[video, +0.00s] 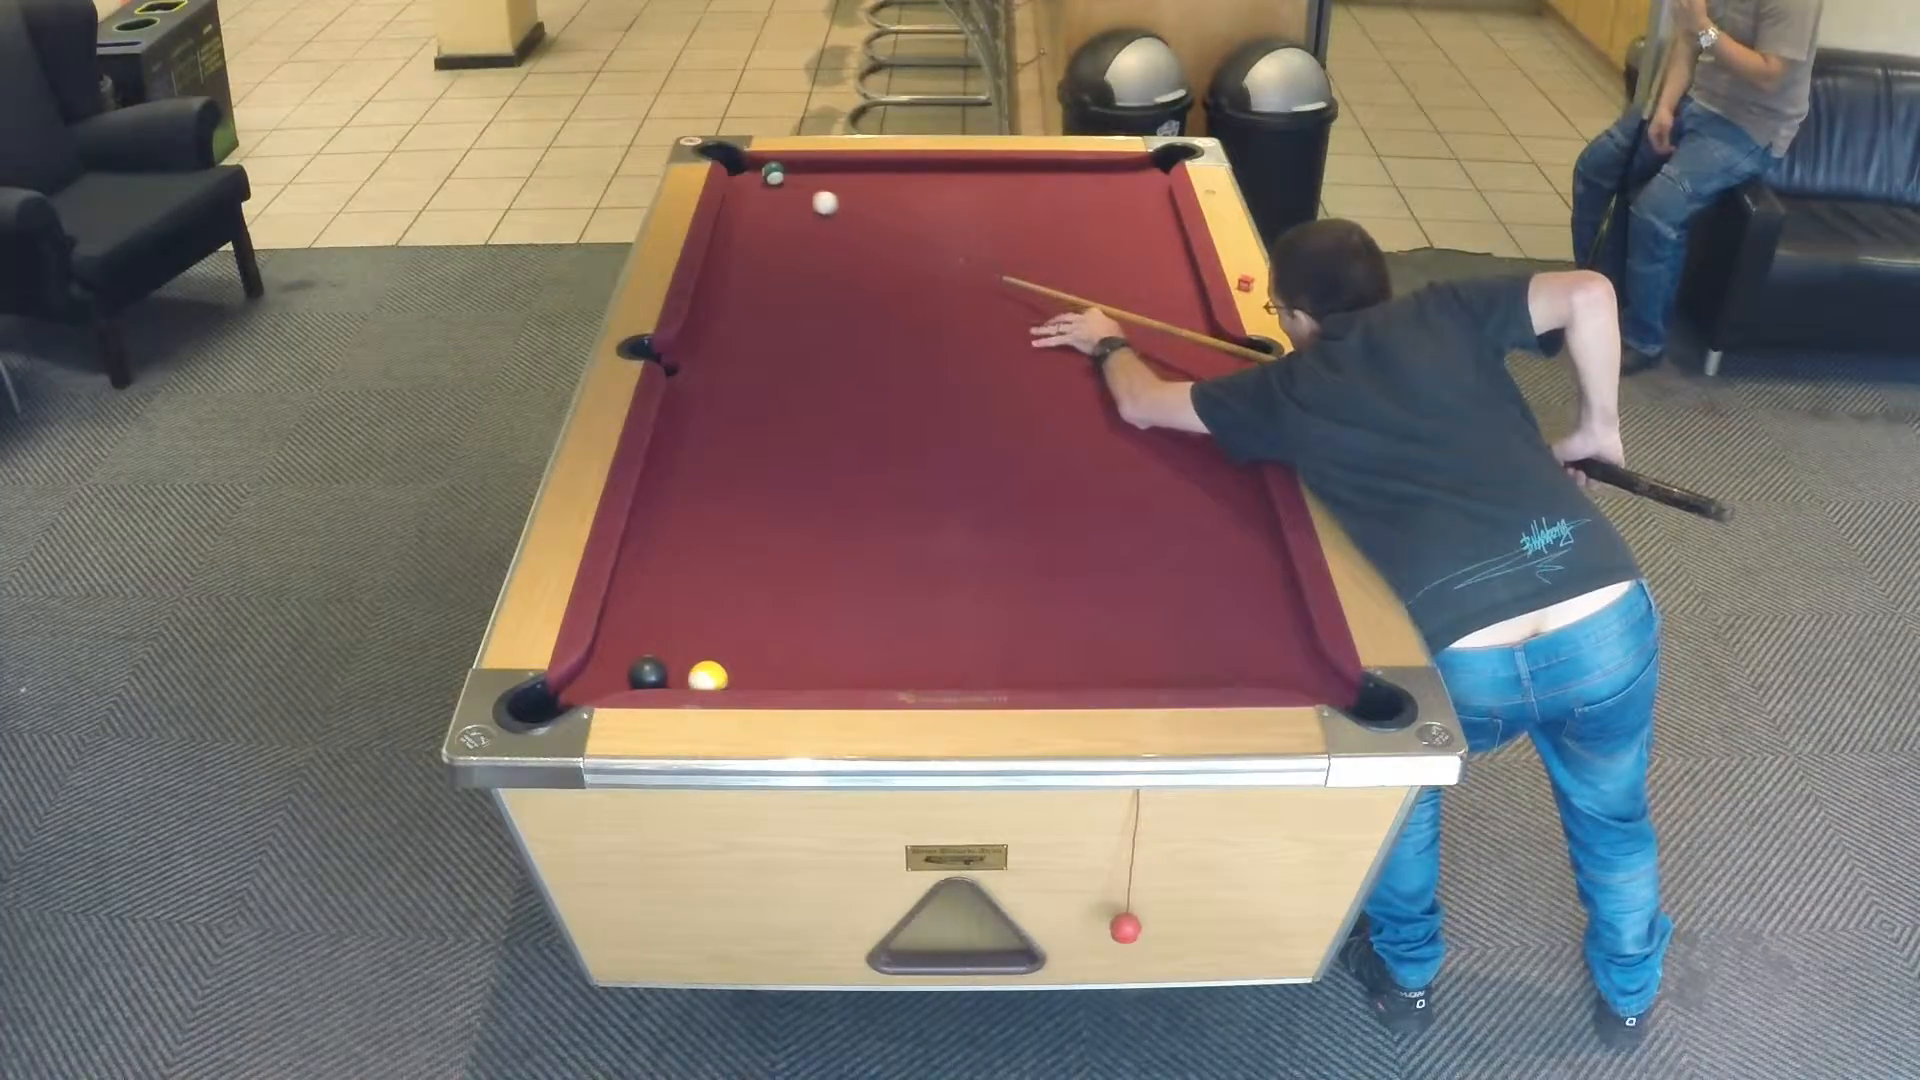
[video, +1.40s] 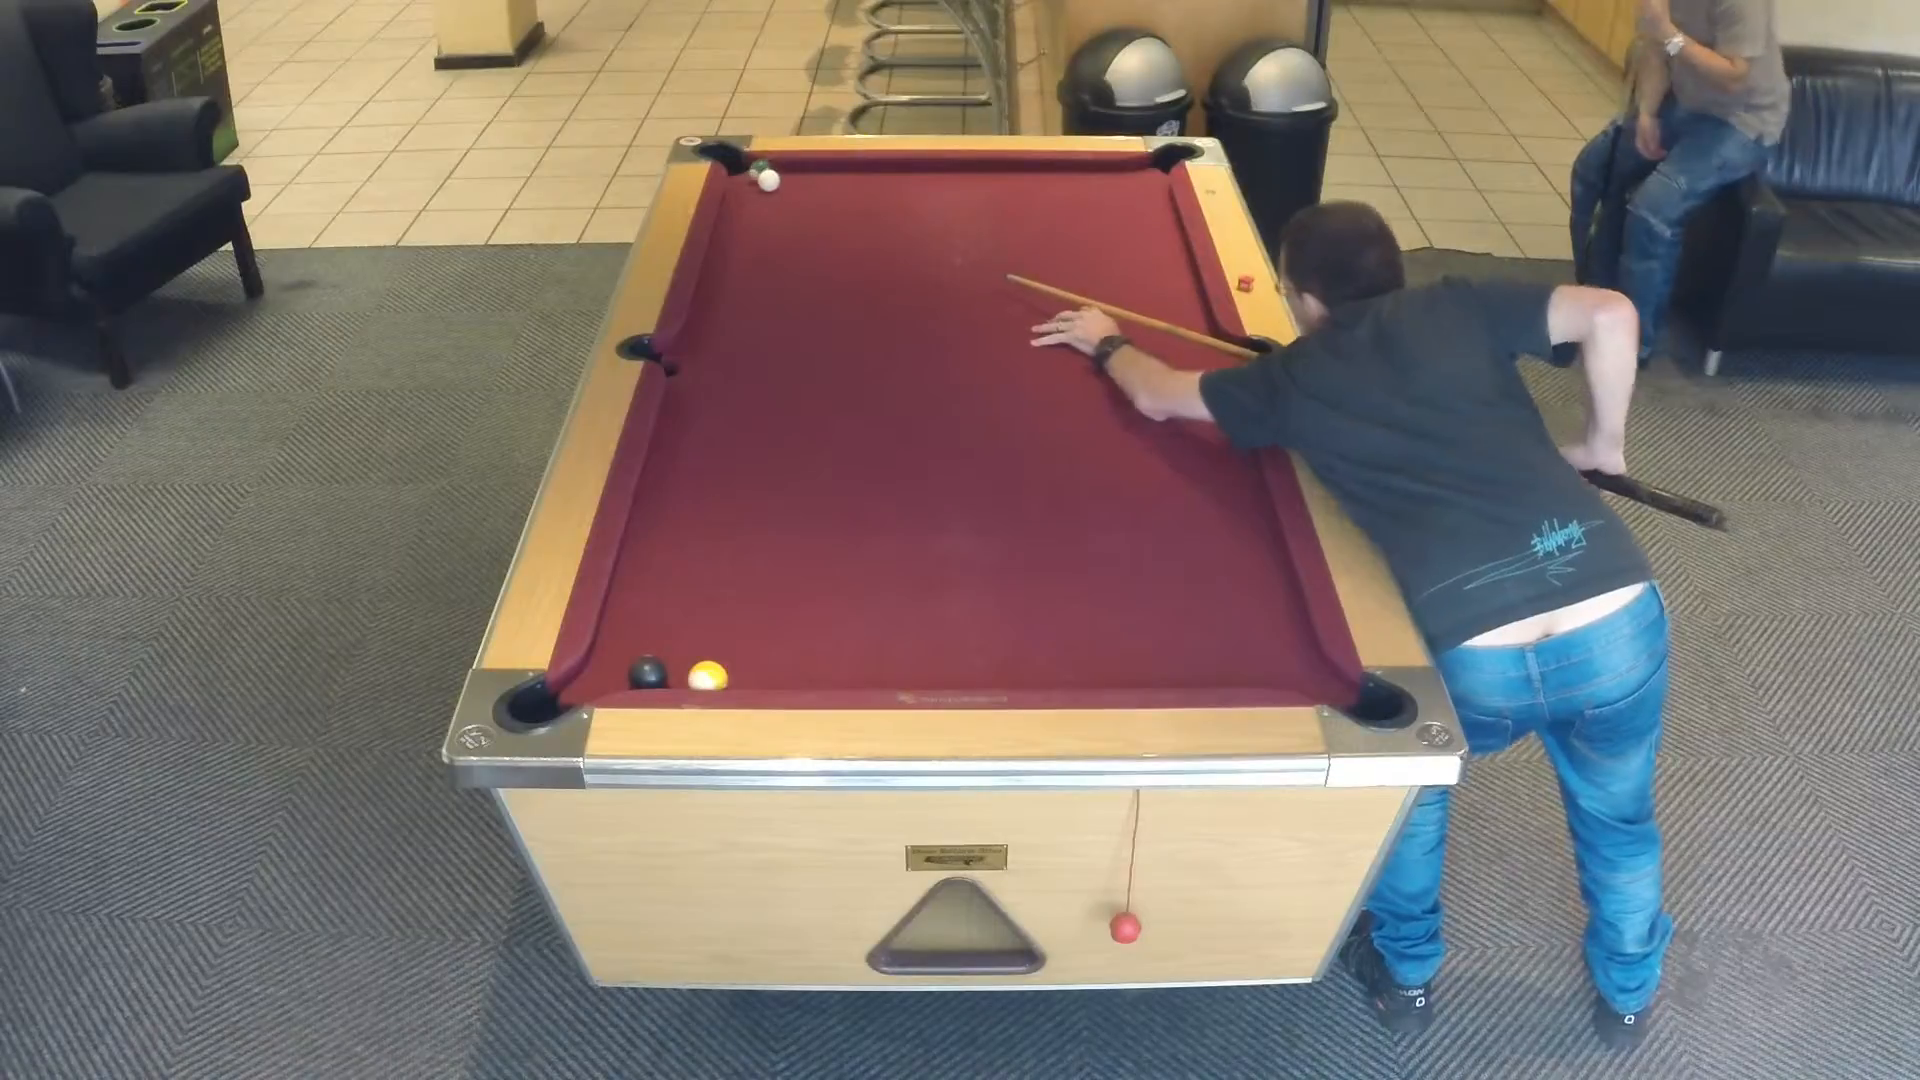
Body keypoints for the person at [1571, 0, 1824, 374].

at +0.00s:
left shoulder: (1792, 6)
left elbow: (1770, 76)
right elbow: (1686, 41)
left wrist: (1703, 29)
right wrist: (1665, 106)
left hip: (1746, 128)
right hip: (1689, 103)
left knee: (1653, 211)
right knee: (1595, 168)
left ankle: (1643, 342)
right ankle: (1591, 300)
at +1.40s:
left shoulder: (1741, 6)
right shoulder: (1666, 5)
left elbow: (1734, 77)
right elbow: (1657, 51)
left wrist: (1667, 34)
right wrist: (1647, 112)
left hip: (1742, 122)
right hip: (1682, 107)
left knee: (1649, 212)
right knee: (1590, 171)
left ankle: (1636, 343)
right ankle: (1592, 309)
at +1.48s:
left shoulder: (1728, 6)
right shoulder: (1650, 5)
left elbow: (1725, 79)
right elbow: (1648, 45)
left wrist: (1652, 49)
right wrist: (1640, 109)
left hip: (1738, 114)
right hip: (1678, 101)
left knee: (1646, 213)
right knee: (1591, 172)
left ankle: (1634, 343)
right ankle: (1593, 307)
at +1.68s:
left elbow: (1694, 67)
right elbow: (1620, 11)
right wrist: (1607, 89)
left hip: (1718, 93)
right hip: (1659, 79)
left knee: (1639, 221)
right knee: (1593, 176)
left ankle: (1634, 344)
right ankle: (1594, 304)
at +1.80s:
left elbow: (1686, 47)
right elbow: (1606, 6)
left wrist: (1632, 126)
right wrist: (1584, 60)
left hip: (1699, 87)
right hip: (1643, 70)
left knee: (1636, 222)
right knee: (1591, 179)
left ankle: (1640, 336)